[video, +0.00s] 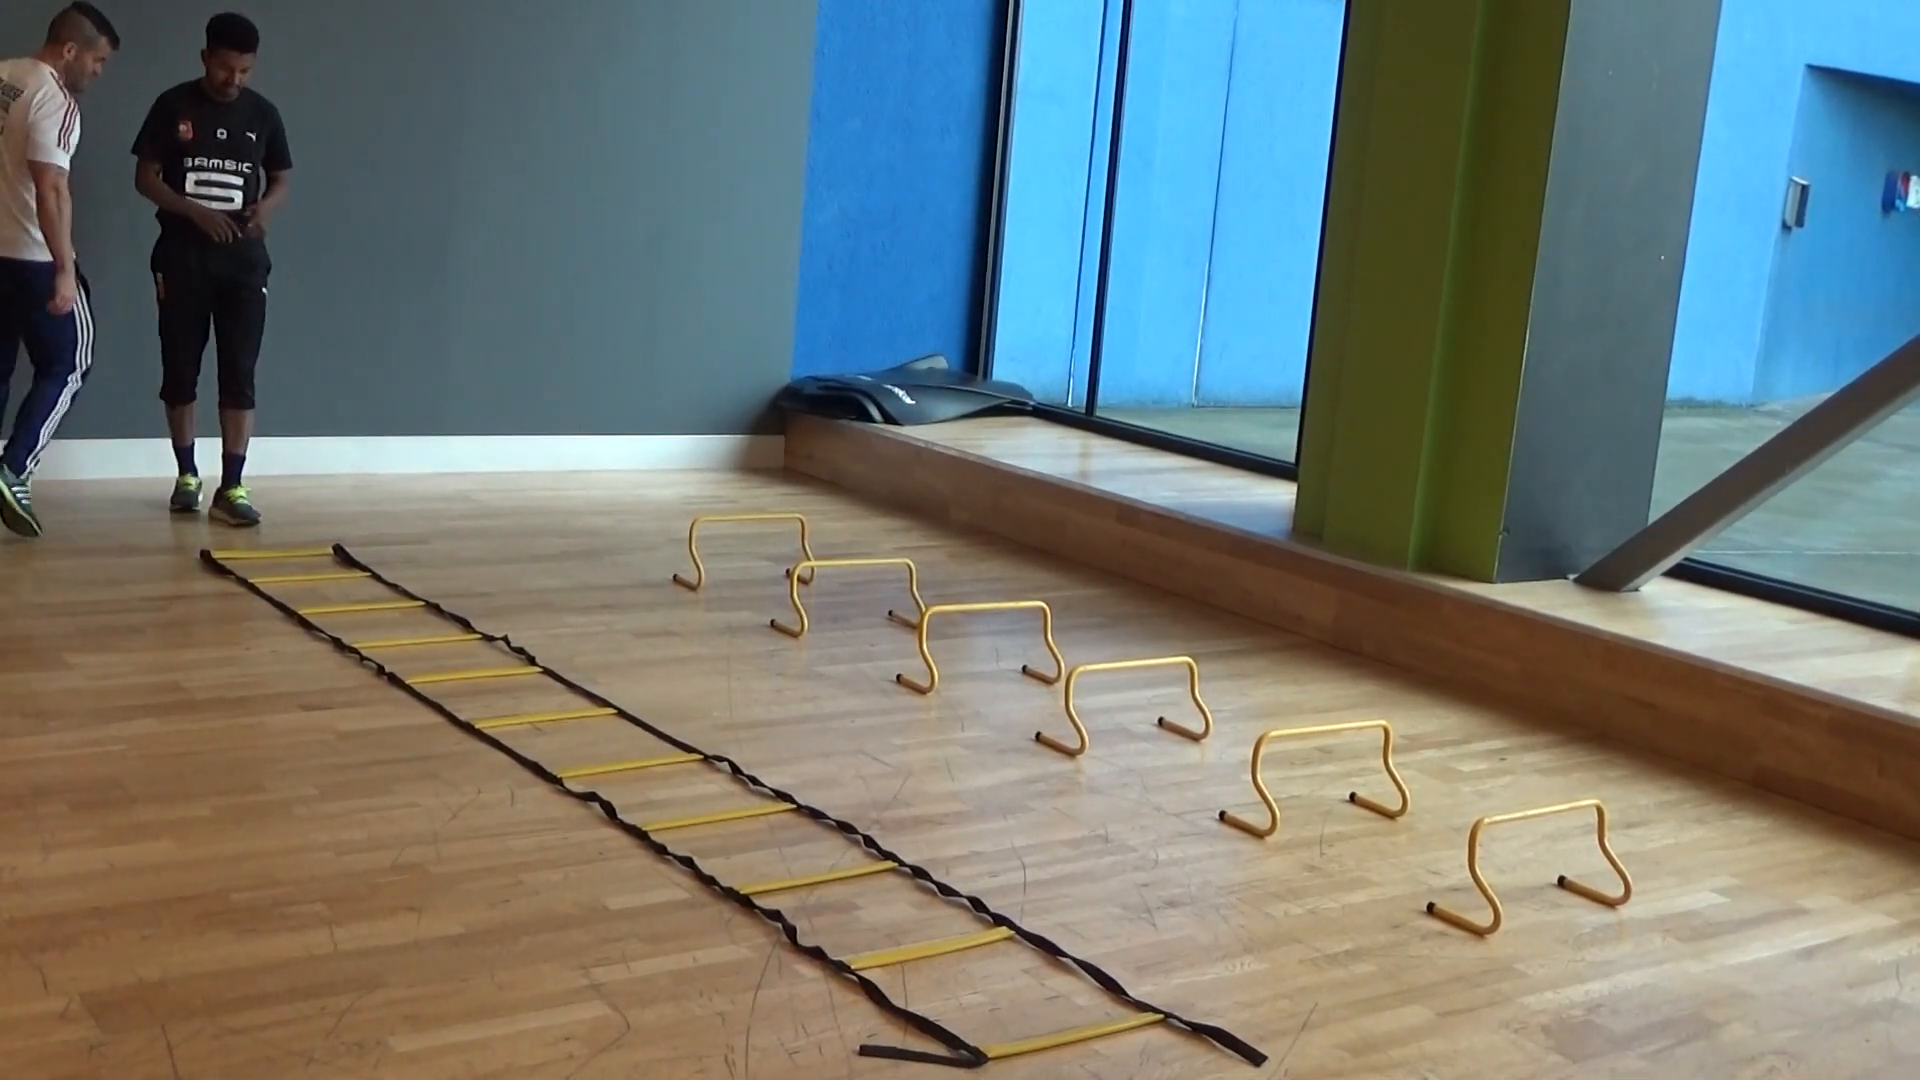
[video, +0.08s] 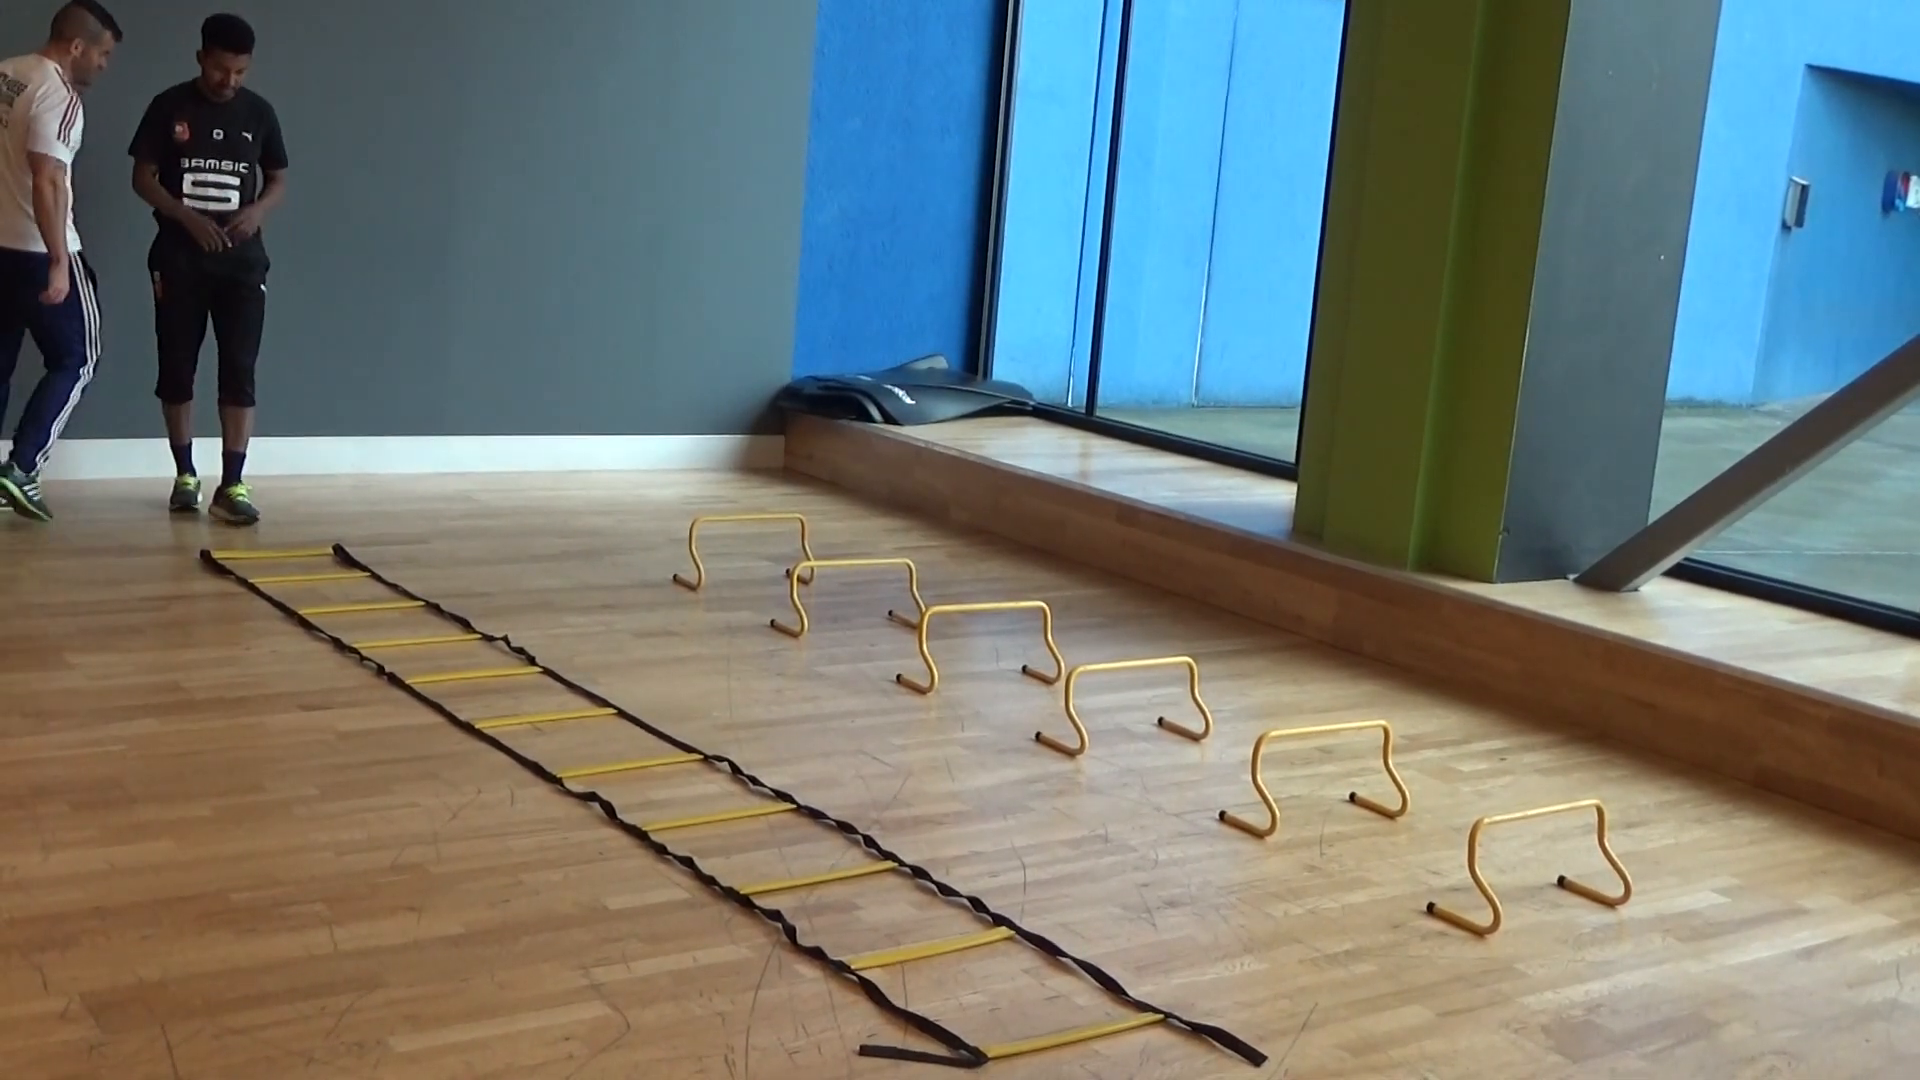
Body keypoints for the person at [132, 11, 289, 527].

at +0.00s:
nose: (234, 79)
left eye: (244, 70)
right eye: (225, 68)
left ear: (254, 65)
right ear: (205, 58)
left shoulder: (264, 114)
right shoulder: (173, 105)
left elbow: (280, 181)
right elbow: (146, 179)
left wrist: (264, 209)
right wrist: (196, 211)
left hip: (244, 259)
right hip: (183, 259)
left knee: (239, 372)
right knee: (181, 370)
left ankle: (232, 488)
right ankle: (187, 477)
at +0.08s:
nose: (230, 80)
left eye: (240, 71)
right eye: (221, 69)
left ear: (250, 65)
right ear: (201, 58)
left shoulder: (260, 113)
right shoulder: (168, 107)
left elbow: (277, 181)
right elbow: (143, 180)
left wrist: (257, 212)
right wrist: (189, 218)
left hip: (242, 261)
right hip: (180, 260)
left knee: (239, 370)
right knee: (178, 369)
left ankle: (232, 486)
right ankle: (185, 477)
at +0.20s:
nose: (227, 79)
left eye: (237, 70)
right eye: (219, 68)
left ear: (247, 63)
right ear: (198, 58)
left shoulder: (257, 110)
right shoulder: (166, 106)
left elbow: (272, 175)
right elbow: (140, 176)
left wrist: (254, 211)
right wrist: (178, 220)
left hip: (242, 258)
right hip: (180, 257)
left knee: (245, 366)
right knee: (178, 370)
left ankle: (232, 478)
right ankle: (186, 477)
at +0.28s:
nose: (227, 78)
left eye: (236, 69)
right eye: (218, 68)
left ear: (246, 62)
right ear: (198, 57)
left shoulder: (257, 109)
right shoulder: (166, 106)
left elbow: (271, 172)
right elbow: (139, 174)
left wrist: (256, 213)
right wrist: (176, 219)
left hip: (243, 258)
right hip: (182, 257)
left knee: (248, 365)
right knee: (179, 369)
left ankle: (232, 474)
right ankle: (186, 476)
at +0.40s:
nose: (229, 79)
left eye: (238, 69)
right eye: (220, 68)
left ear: (249, 61)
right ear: (200, 57)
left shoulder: (262, 110)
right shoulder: (170, 106)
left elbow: (275, 173)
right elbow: (143, 177)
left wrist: (265, 214)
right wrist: (180, 219)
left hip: (246, 257)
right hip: (186, 257)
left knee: (247, 367)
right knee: (181, 368)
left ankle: (233, 475)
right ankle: (187, 476)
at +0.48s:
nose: (234, 79)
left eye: (243, 68)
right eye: (225, 68)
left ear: (253, 61)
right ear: (205, 58)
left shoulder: (267, 111)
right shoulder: (175, 106)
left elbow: (279, 173)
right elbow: (148, 176)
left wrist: (271, 217)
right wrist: (184, 219)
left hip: (249, 261)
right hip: (189, 260)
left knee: (245, 372)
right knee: (184, 371)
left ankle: (232, 478)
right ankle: (187, 477)